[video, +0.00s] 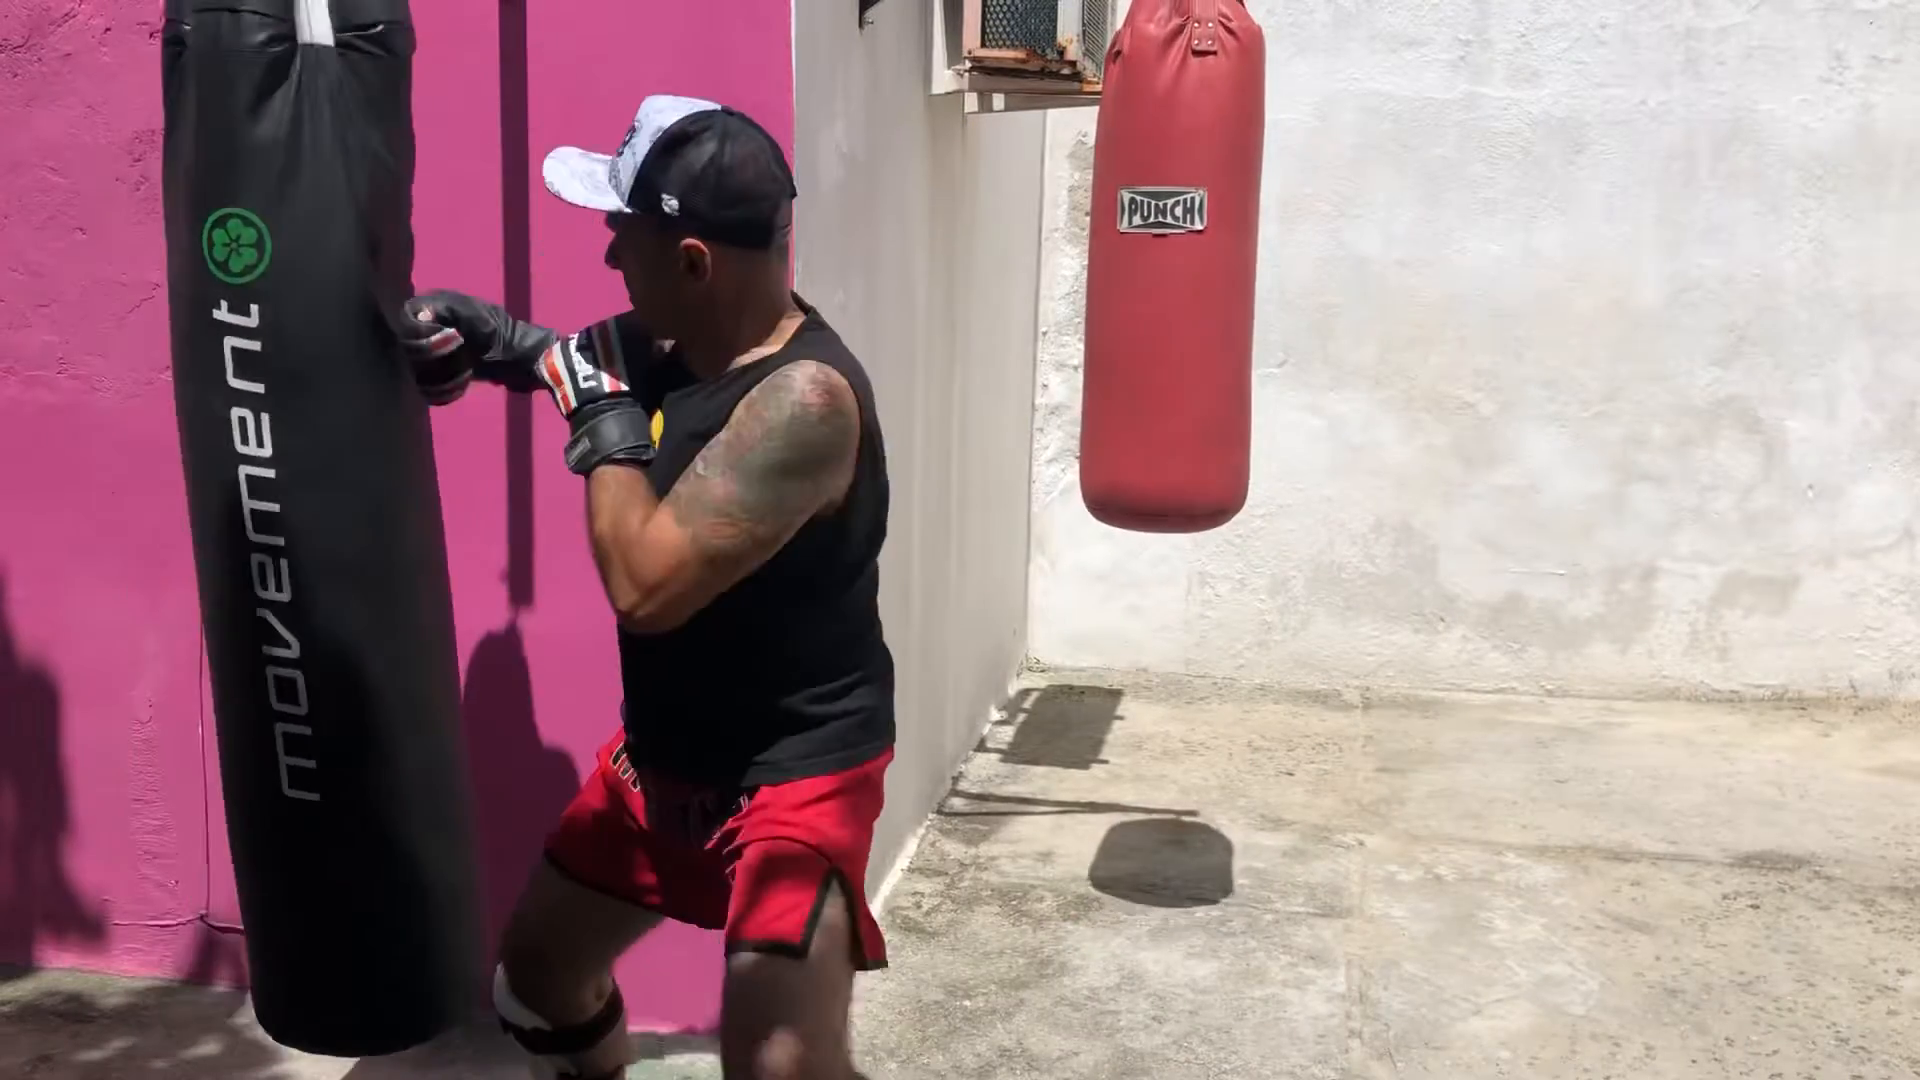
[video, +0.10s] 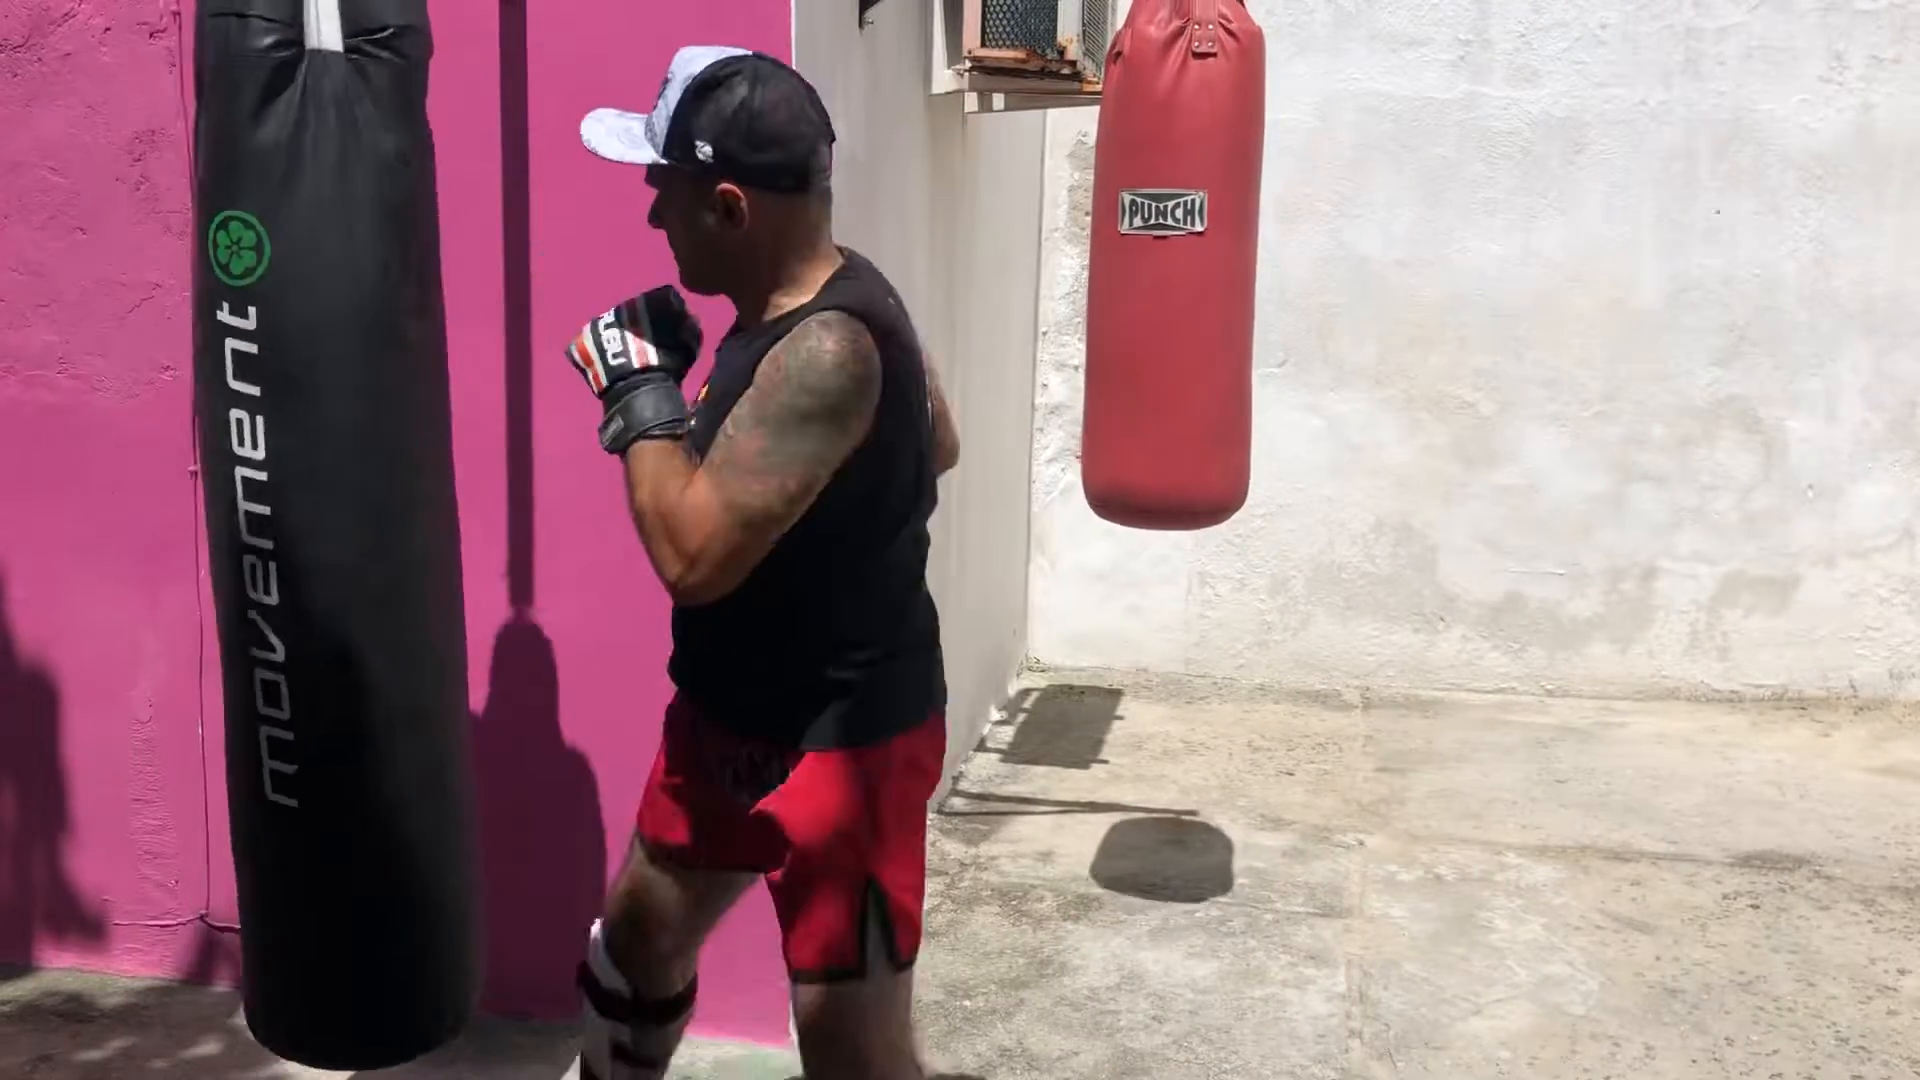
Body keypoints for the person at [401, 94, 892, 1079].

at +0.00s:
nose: (609, 247)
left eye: (623, 229)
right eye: (614, 224)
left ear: (694, 259)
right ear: (706, 257)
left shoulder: (806, 401)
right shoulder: (691, 337)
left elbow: (648, 587)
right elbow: (571, 363)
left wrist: (603, 415)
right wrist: (491, 339)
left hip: (796, 768)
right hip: (671, 747)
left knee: (781, 1061)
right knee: (542, 973)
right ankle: (596, 1064)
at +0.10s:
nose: (652, 206)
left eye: (662, 184)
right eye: (654, 181)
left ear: (728, 203)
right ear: (758, 200)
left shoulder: (827, 344)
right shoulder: (829, 291)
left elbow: (693, 557)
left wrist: (642, 397)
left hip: (847, 729)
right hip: (736, 704)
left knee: (850, 1032)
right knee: (640, 935)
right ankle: (616, 1072)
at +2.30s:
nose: (718, 171)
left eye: (727, 145)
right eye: (715, 147)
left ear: (793, 139)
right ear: (808, 137)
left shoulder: (878, 235)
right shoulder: (847, 241)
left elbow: (806, 418)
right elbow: (826, 408)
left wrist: (670, 334)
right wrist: (744, 329)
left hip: (901, 625)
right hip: (852, 622)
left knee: (817, 926)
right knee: (792, 868)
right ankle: (963, 1034)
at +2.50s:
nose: (817, 262)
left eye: (829, 236)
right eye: (816, 238)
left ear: (894, 235)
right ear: (899, 234)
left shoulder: (977, 328)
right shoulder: (963, 325)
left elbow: (956, 524)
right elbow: (932, 483)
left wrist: (808, 436)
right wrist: (846, 406)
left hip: (1017, 698)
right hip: (1007, 688)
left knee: (876, 981)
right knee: (1004, 932)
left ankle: (1044, 1073)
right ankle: (1111, 1069)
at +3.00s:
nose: (843, 205)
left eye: (856, 180)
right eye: (844, 180)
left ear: (927, 182)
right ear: (933, 181)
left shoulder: (1042, 299)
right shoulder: (981, 289)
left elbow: (933, 505)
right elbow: (963, 410)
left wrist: (820, 377)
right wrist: (863, 336)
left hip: (1056, 695)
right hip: (1000, 687)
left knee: (974, 1005)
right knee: (1062, 949)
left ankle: (1086, 1060)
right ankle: (1154, 1068)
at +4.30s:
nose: (567, 222)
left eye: (586, 196)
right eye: (574, 199)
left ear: (648, 211)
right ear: (650, 215)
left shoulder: (742, 319)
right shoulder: (651, 359)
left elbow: (696, 500)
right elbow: (671, 504)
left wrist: (572, 450)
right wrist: (563, 462)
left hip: (769, 747)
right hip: (635, 748)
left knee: (861, 1041)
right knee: (529, 964)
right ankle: (610, 1079)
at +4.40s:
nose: (538, 211)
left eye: (562, 189)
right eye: (543, 191)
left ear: (639, 202)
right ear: (623, 207)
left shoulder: (749, 312)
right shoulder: (569, 368)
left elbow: (717, 457)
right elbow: (495, 491)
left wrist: (566, 404)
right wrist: (340, 486)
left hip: (782, 714)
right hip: (618, 726)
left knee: (887, 1004)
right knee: (522, 998)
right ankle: (601, 1078)